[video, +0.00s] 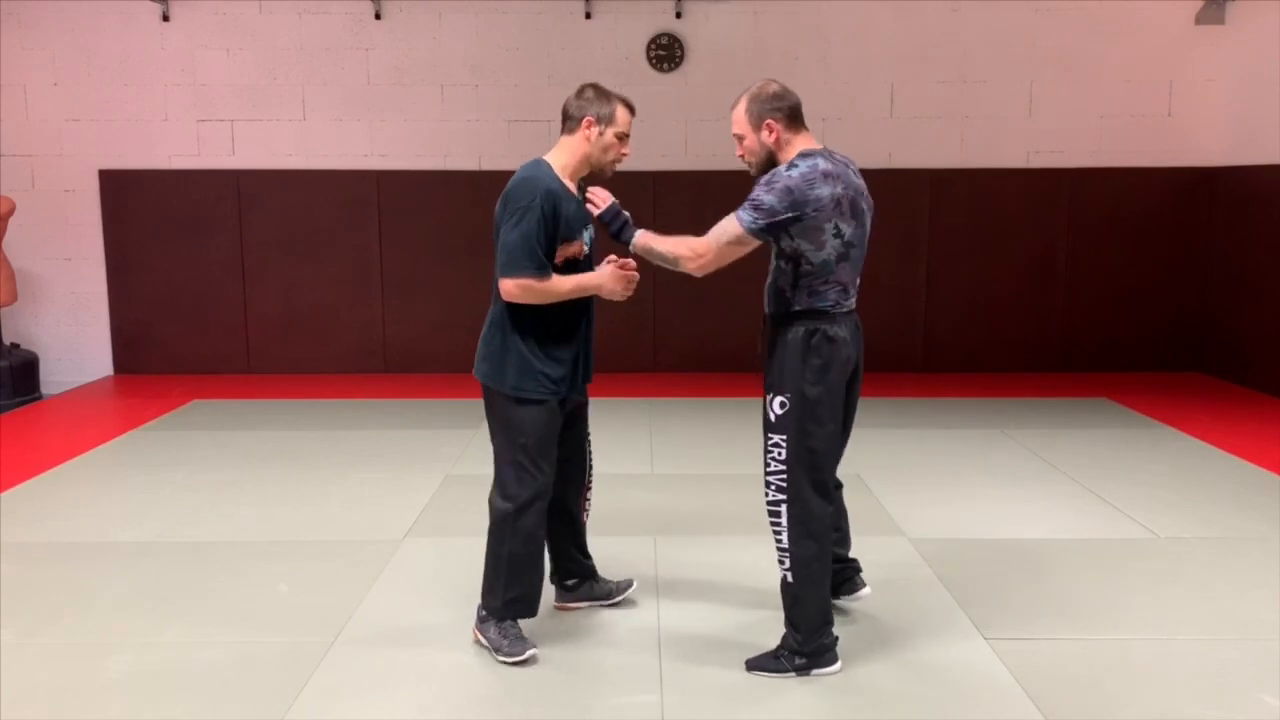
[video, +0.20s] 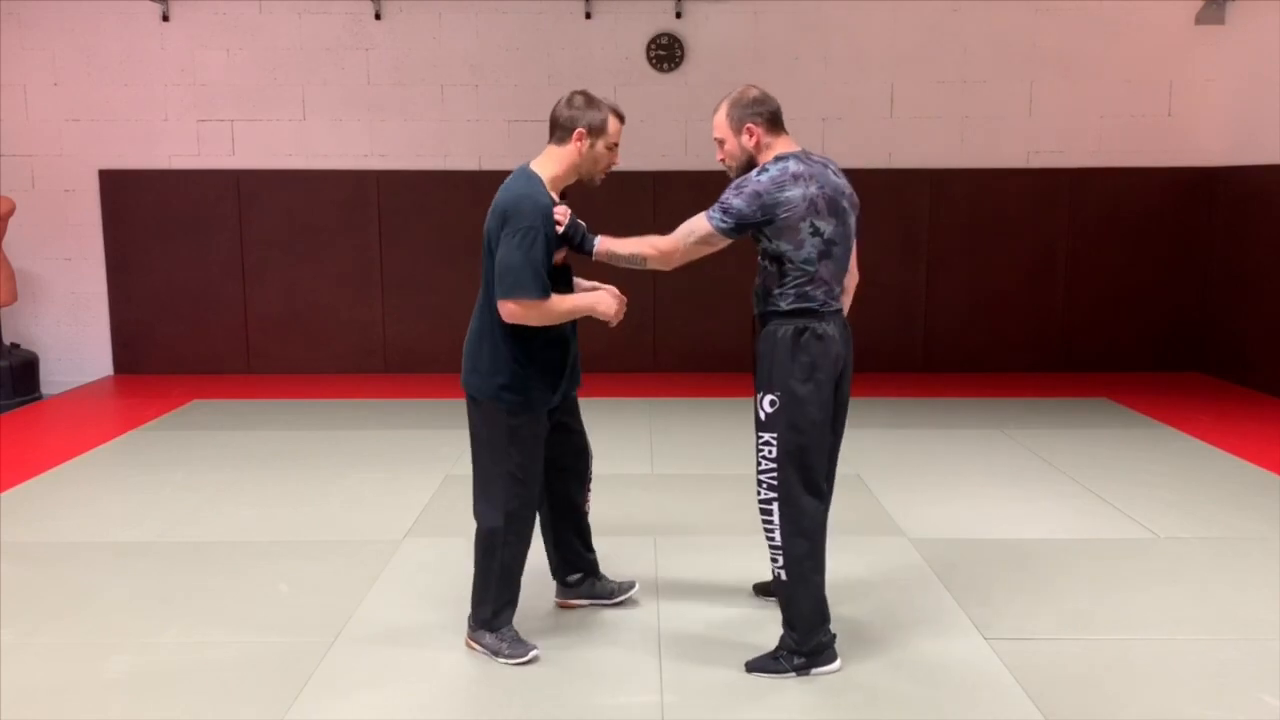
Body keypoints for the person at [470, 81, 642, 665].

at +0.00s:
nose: (627, 148)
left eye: (628, 138)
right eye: (621, 136)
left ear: (589, 132)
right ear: (589, 130)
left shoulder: (575, 193)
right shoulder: (532, 191)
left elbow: (567, 266)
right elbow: (514, 286)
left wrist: (601, 269)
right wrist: (594, 282)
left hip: (562, 369)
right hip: (519, 371)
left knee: (568, 481)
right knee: (523, 492)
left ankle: (574, 579)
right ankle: (496, 615)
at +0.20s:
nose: (615, 160)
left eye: (617, 149)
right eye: (611, 148)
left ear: (576, 141)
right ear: (582, 141)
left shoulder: (548, 196)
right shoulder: (525, 206)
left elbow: (553, 273)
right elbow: (515, 307)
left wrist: (590, 295)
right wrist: (586, 302)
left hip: (545, 375)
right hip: (505, 382)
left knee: (566, 475)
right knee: (508, 505)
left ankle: (576, 578)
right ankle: (488, 623)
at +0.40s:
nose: (598, 158)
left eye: (601, 146)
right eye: (595, 145)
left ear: (563, 135)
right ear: (563, 134)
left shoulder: (537, 185)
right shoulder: (514, 199)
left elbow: (535, 250)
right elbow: (537, 302)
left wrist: (590, 244)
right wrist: (593, 265)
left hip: (542, 368)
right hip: (499, 375)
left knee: (557, 476)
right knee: (496, 501)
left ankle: (550, 576)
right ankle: (487, 623)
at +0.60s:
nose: (606, 178)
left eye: (609, 170)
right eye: (604, 166)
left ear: (576, 148)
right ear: (576, 147)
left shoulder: (551, 193)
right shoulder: (522, 194)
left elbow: (583, 264)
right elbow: (553, 289)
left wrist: (616, 225)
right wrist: (606, 239)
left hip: (534, 364)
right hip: (499, 369)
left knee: (552, 475)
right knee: (513, 489)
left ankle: (539, 577)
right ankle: (489, 618)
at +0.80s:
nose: (606, 182)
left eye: (611, 173)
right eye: (605, 170)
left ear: (577, 150)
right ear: (579, 148)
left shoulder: (546, 191)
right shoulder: (521, 189)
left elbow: (585, 242)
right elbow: (556, 285)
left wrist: (615, 222)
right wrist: (601, 240)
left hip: (536, 367)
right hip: (497, 368)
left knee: (546, 478)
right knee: (491, 494)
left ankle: (537, 579)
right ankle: (459, 614)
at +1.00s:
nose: (591, 178)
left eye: (594, 169)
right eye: (589, 166)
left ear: (559, 150)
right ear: (560, 149)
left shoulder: (532, 194)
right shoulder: (503, 195)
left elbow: (566, 257)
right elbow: (541, 291)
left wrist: (596, 224)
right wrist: (592, 236)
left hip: (535, 369)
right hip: (490, 373)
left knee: (547, 478)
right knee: (479, 495)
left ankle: (538, 579)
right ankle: (453, 615)